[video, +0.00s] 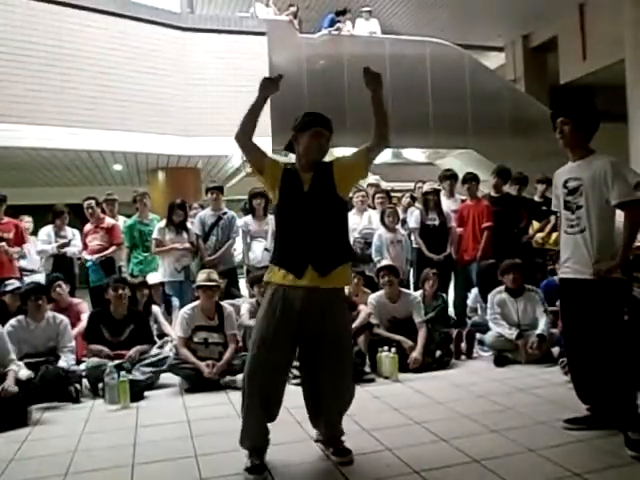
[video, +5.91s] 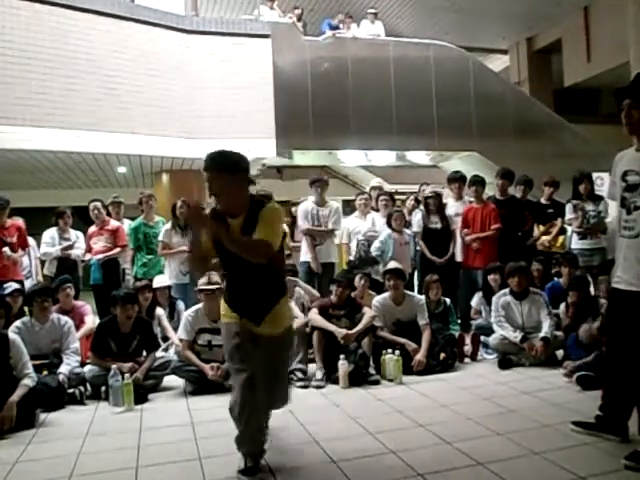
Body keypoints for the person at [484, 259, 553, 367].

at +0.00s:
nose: (513, 277)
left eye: (516, 273)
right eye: (508, 274)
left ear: (522, 275)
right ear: (502, 278)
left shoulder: (534, 293)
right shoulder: (495, 296)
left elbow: (543, 316)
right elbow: (494, 320)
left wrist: (540, 335)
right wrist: (515, 334)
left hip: (531, 331)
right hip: (508, 332)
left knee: (552, 336)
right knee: (491, 339)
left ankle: (512, 357)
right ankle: (538, 356)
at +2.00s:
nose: (513, 278)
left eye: (516, 274)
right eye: (508, 274)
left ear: (523, 276)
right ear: (503, 277)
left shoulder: (535, 293)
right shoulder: (495, 296)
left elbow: (544, 315)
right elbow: (494, 320)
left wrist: (540, 336)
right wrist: (517, 336)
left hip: (531, 332)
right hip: (509, 333)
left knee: (555, 335)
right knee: (491, 338)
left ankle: (514, 357)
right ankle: (538, 355)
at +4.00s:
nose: (517, 280)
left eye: (521, 276)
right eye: (513, 277)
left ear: (528, 278)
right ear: (508, 280)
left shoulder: (539, 296)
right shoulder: (499, 299)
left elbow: (548, 319)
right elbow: (498, 323)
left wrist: (544, 339)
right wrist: (521, 339)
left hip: (535, 335)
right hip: (512, 335)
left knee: (558, 338)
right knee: (495, 341)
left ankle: (518, 360)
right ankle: (542, 357)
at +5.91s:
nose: (517, 281)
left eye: (520, 277)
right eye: (513, 277)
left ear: (527, 278)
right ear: (508, 280)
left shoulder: (539, 296)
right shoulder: (499, 299)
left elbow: (548, 319)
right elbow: (498, 323)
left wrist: (544, 339)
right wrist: (522, 339)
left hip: (535, 334)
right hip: (513, 335)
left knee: (559, 338)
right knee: (495, 341)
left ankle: (519, 360)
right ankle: (542, 358)